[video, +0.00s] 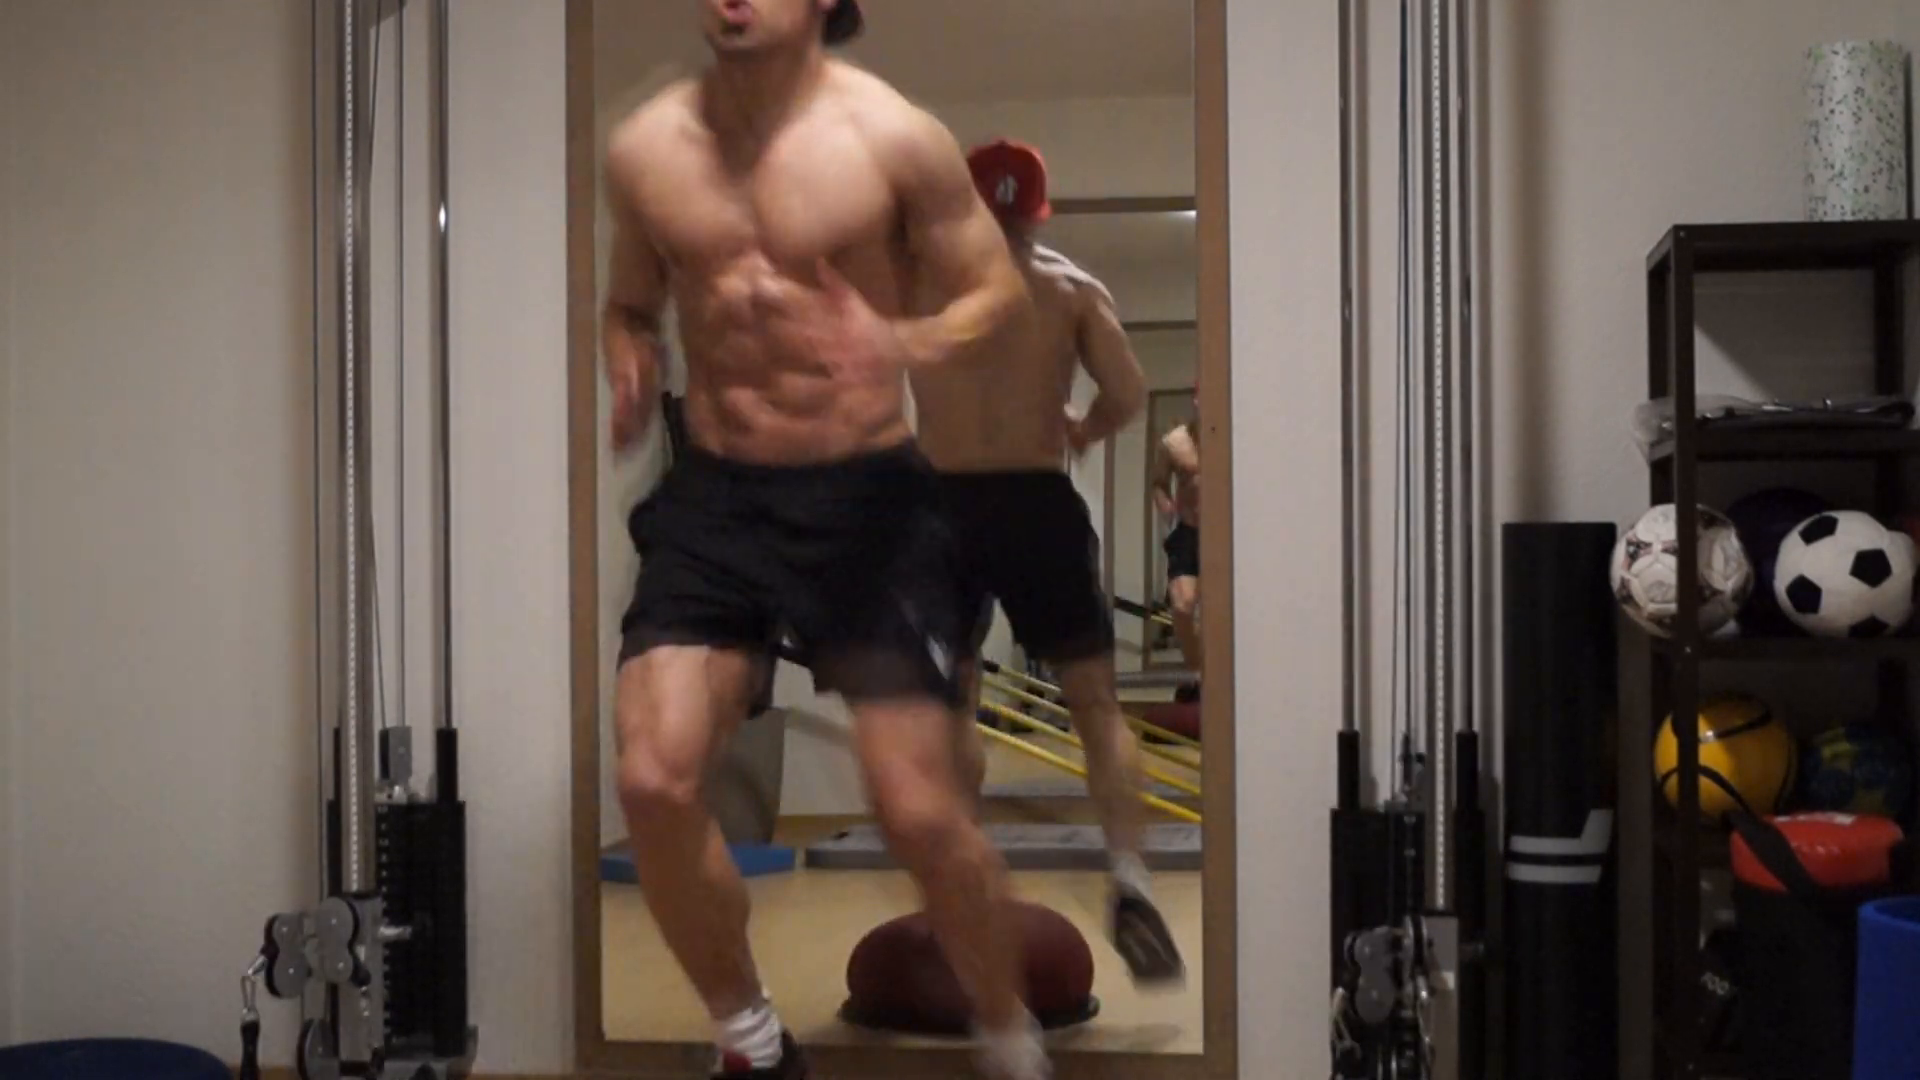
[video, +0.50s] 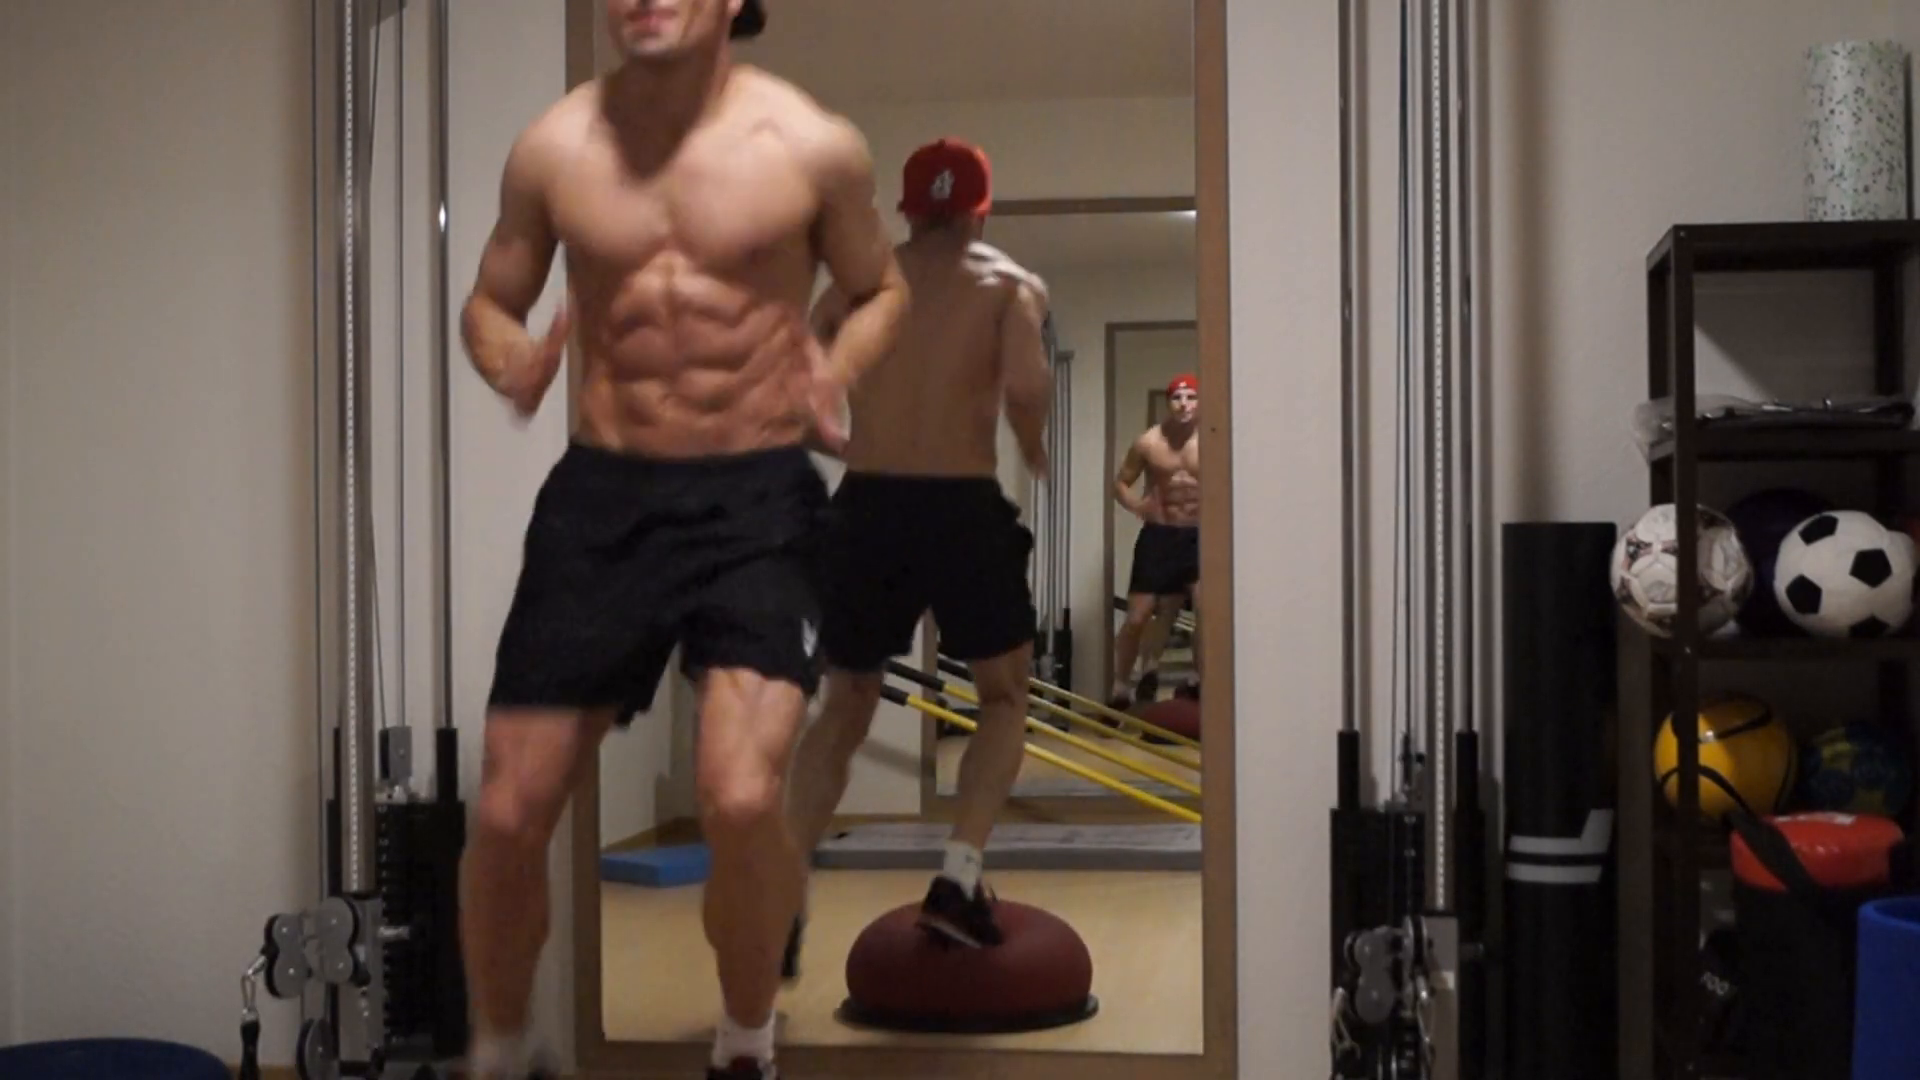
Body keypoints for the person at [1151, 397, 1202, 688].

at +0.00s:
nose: (1201, 403)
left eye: (1207, 395)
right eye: (1199, 395)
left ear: (1219, 401)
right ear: (1194, 400)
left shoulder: (1227, 441)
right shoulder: (1176, 442)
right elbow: (1159, 482)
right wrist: (1166, 503)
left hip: (1221, 531)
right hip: (1188, 530)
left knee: (1220, 606)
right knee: (1183, 603)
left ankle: (1216, 677)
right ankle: (1193, 671)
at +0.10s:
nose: (1192, 394)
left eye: (1197, 387)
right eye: (1187, 388)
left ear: (1208, 391)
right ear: (1180, 395)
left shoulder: (1218, 429)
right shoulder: (1165, 435)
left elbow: (1232, 467)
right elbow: (1145, 475)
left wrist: (1220, 492)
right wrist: (1156, 494)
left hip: (1211, 522)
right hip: (1177, 520)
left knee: (1212, 605)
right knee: (1158, 585)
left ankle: (1208, 670)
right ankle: (1176, 649)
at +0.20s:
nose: (1190, 396)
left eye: (1196, 389)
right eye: (1184, 390)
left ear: (1205, 395)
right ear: (1176, 396)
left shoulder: (1213, 435)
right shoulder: (1157, 437)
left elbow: (1228, 475)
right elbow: (1133, 470)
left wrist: (1222, 511)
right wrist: (1135, 509)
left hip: (1207, 524)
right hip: (1169, 522)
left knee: (1215, 603)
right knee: (1141, 591)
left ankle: (1206, 673)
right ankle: (1150, 658)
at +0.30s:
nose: (1185, 407)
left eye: (1191, 401)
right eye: (1178, 401)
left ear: (1200, 407)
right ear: (1169, 407)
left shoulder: (1208, 445)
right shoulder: (1146, 448)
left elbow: (1223, 485)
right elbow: (1125, 483)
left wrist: (1216, 524)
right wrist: (1128, 518)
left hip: (1196, 542)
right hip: (1155, 541)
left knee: (1203, 608)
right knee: (1134, 624)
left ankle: (1199, 673)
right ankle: (1114, 693)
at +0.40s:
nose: (1177, 419)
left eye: (1185, 413)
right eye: (1171, 413)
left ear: (1196, 421)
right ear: (1163, 419)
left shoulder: (1204, 457)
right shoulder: (1142, 459)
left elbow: (1219, 498)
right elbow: (1121, 508)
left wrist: (1205, 527)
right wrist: (1141, 526)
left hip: (1192, 550)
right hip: (1150, 549)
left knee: (1203, 591)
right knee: (1130, 634)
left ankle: (1206, 670)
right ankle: (1114, 703)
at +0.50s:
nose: (1184, 404)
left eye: (1191, 398)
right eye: (1177, 398)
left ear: (1200, 403)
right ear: (1168, 404)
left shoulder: (1208, 442)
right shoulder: (1148, 443)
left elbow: (1224, 481)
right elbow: (1121, 484)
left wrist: (1209, 505)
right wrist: (1136, 505)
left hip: (1198, 533)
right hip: (1158, 533)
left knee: (1207, 612)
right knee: (1137, 617)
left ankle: (1202, 681)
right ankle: (1121, 685)